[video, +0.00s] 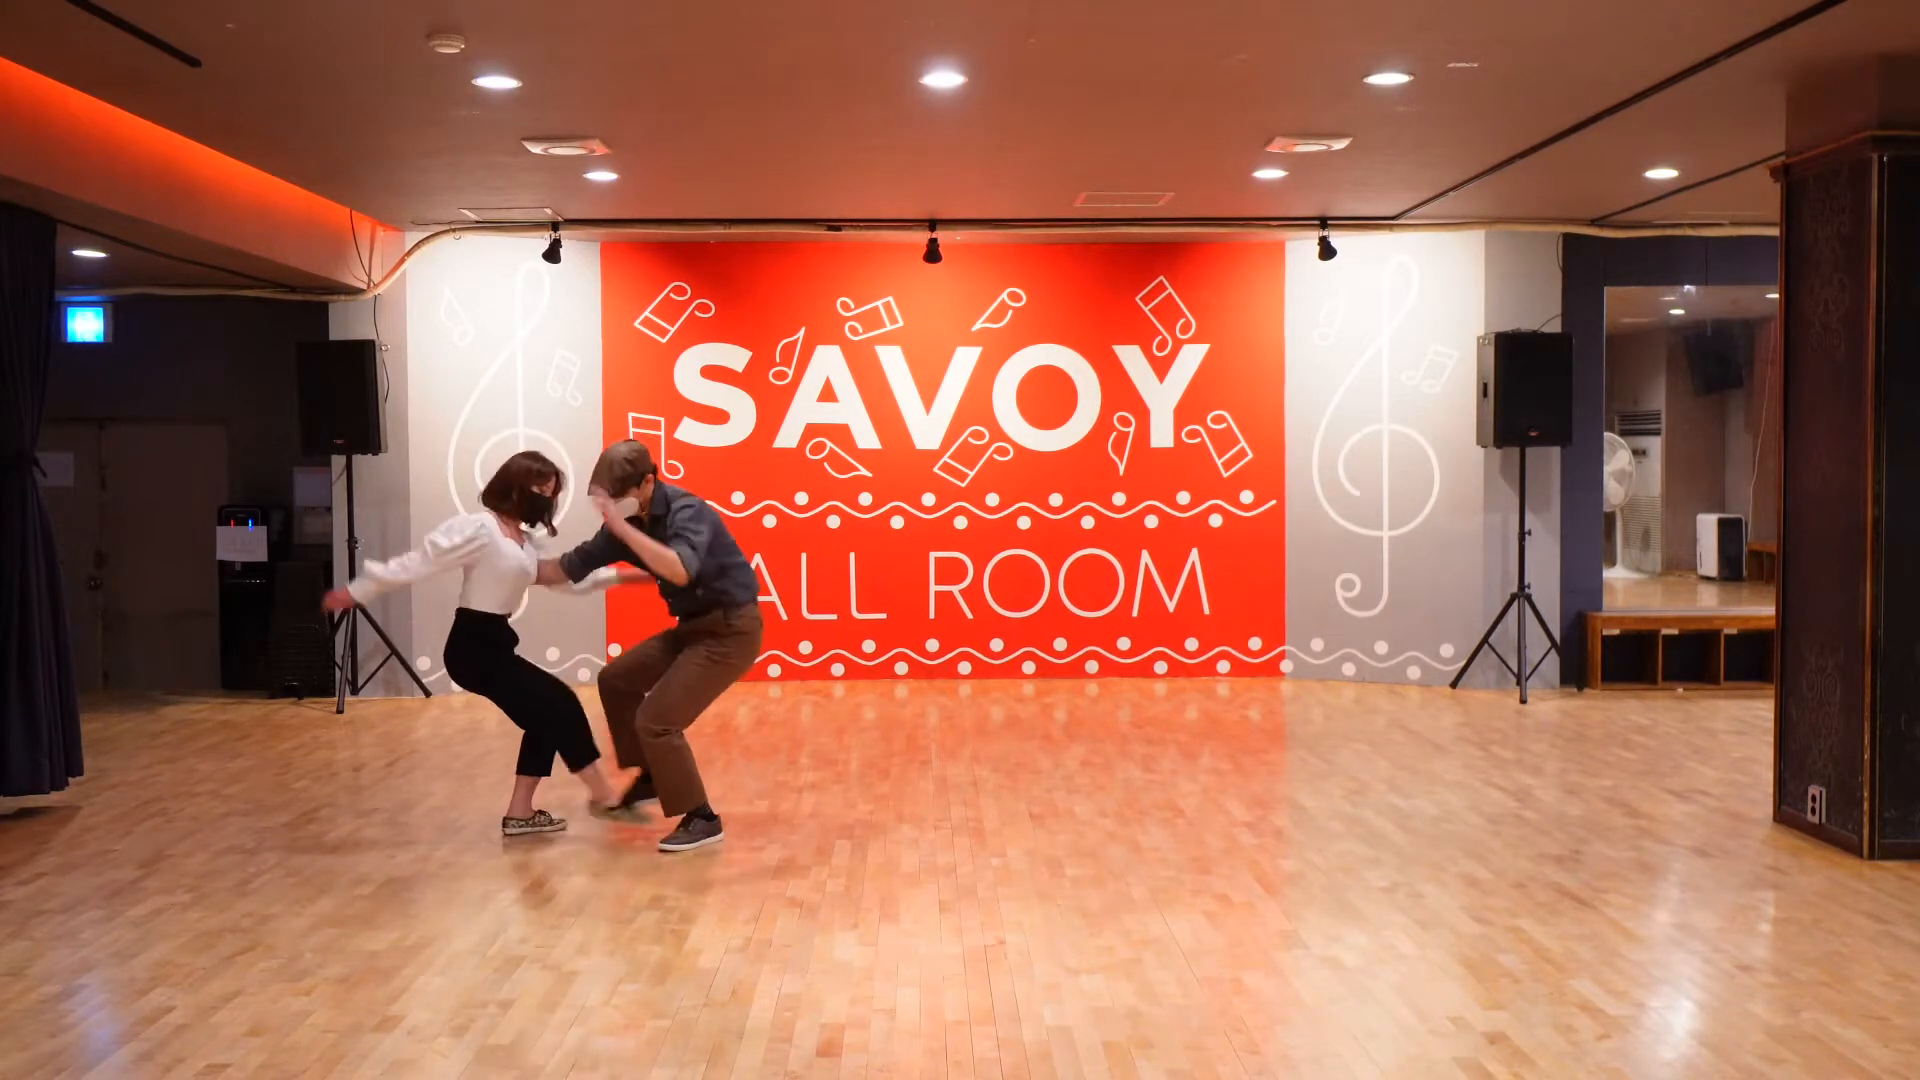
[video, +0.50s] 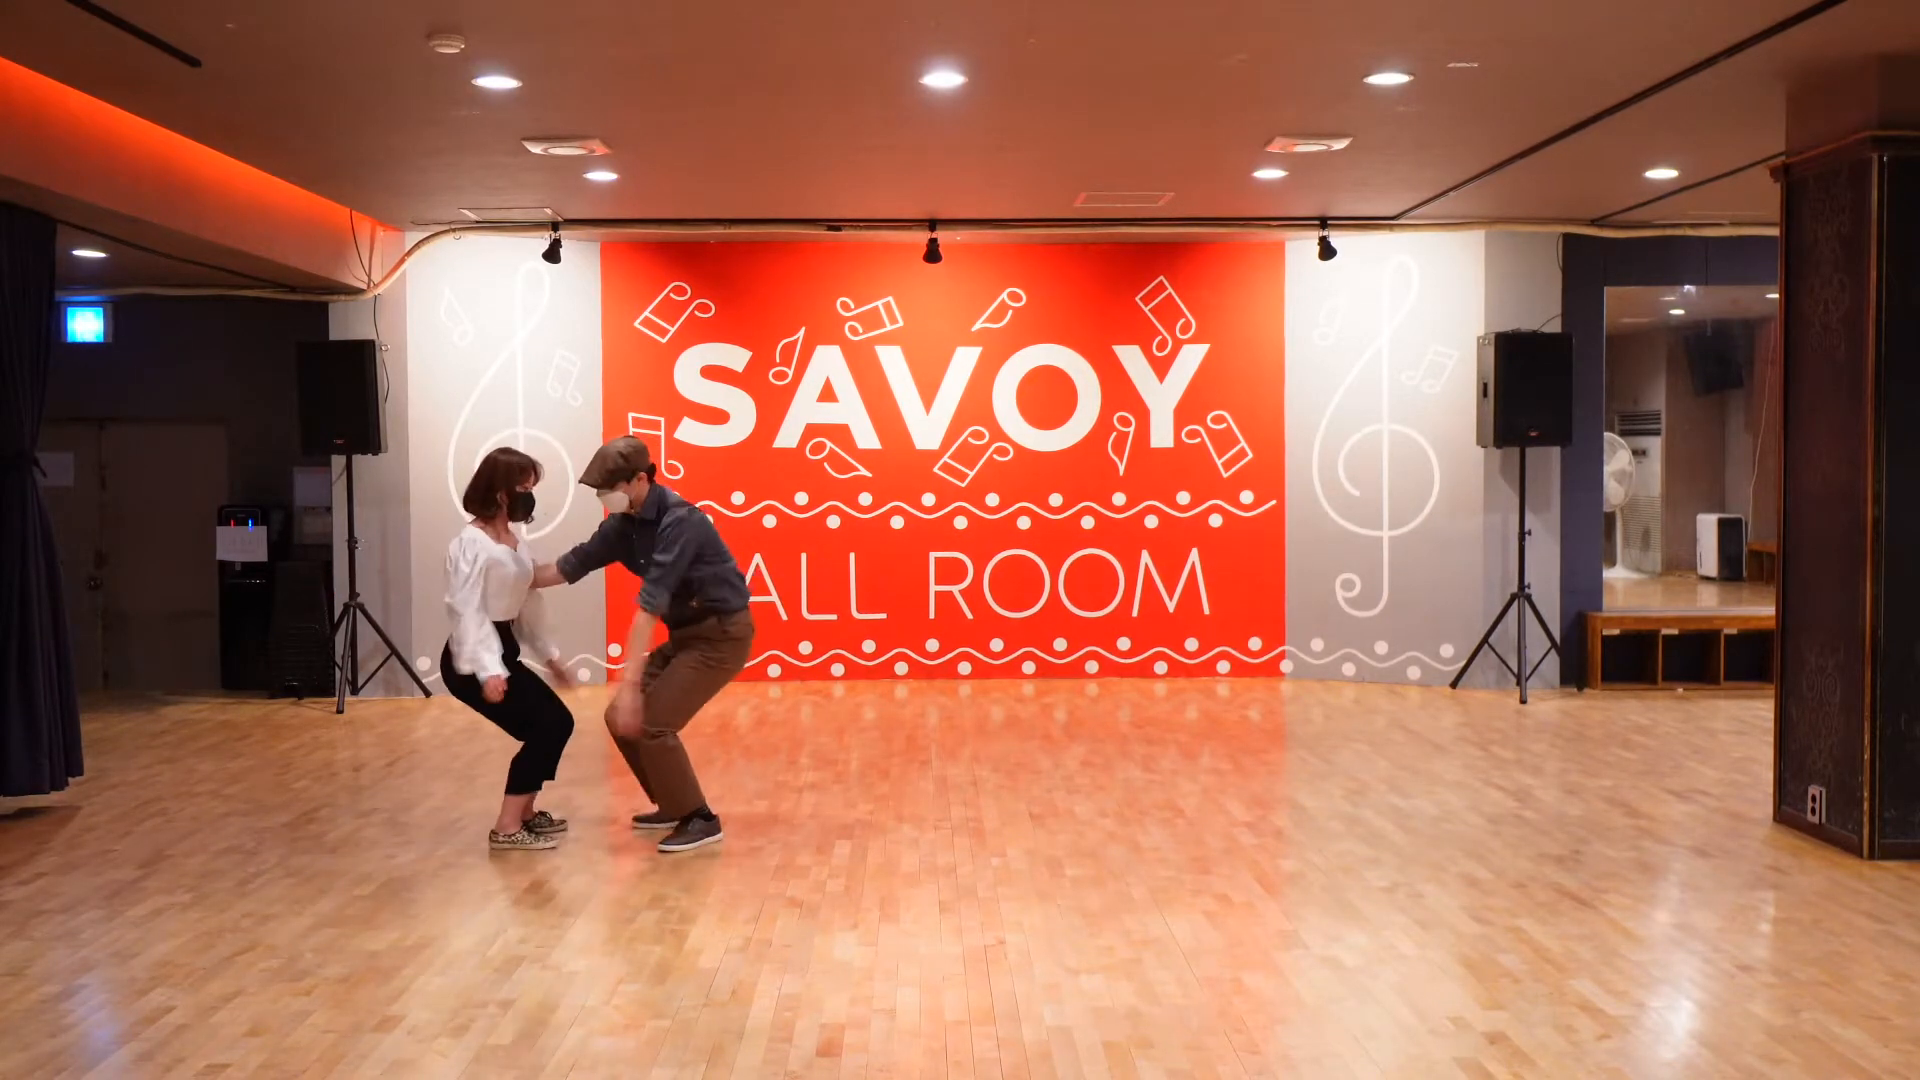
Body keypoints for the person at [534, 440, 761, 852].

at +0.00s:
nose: (611, 508)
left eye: (617, 499)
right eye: (606, 501)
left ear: (645, 485)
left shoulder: (689, 512)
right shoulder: (626, 525)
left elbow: (679, 570)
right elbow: (567, 567)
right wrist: (509, 562)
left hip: (731, 633)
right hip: (691, 631)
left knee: (656, 721)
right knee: (616, 682)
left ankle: (701, 816)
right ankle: (652, 776)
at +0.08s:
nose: (607, 505)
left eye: (611, 495)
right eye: (602, 497)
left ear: (637, 482)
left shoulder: (679, 504)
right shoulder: (621, 530)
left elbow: (657, 537)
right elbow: (561, 566)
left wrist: (614, 483)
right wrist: (502, 556)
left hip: (735, 628)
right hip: (700, 628)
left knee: (659, 718)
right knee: (623, 683)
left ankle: (700, 817)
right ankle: (599, 787)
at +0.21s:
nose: (606, 500)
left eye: (612, 490)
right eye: (600, 494)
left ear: (640, 481)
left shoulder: (677, 504)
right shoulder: (619, 530)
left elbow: (632, 525)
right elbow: (559, 563)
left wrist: (591, 471)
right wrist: (497, 563)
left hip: (734, 627)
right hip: (702, 630)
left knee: (657, 720)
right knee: (633, 704)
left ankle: (701, 818)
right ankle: (587, 800)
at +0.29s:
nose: (605, 505)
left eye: (611, 495)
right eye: (601, 498)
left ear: (640, 483)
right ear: (631, 486)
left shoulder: (679, 508)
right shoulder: (631, 526)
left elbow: (623, 543)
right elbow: (563, 562)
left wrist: (562, 496)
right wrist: (500, 557)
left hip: (734, 629)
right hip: (697, 630)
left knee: (658, 720)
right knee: (621, 686)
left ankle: (701, 818)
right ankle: (617, 790)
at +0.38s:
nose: (604, 504)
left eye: (609, 494)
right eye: (601, 495)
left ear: (639, 484)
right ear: (634, 484)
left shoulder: (682, 515)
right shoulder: (628, 522)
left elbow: (630, 573)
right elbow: (574, 559)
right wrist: (528, 565)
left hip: (732, 633)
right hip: (694, 632)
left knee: (655, 720)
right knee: (617, 690)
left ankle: (701, 818)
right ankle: (659, 781)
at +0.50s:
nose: (603, 500)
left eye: (609, 490)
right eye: (600, 492)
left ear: (638, 481)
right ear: (626, 485)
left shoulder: (680, 521)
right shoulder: (622, 526)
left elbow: (650, 609)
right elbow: (564, 569)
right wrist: (503, 575)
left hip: (722, 636)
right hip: (686, 637)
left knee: (650, 723)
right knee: (621, 716)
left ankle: (700, 818)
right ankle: (675, 806)